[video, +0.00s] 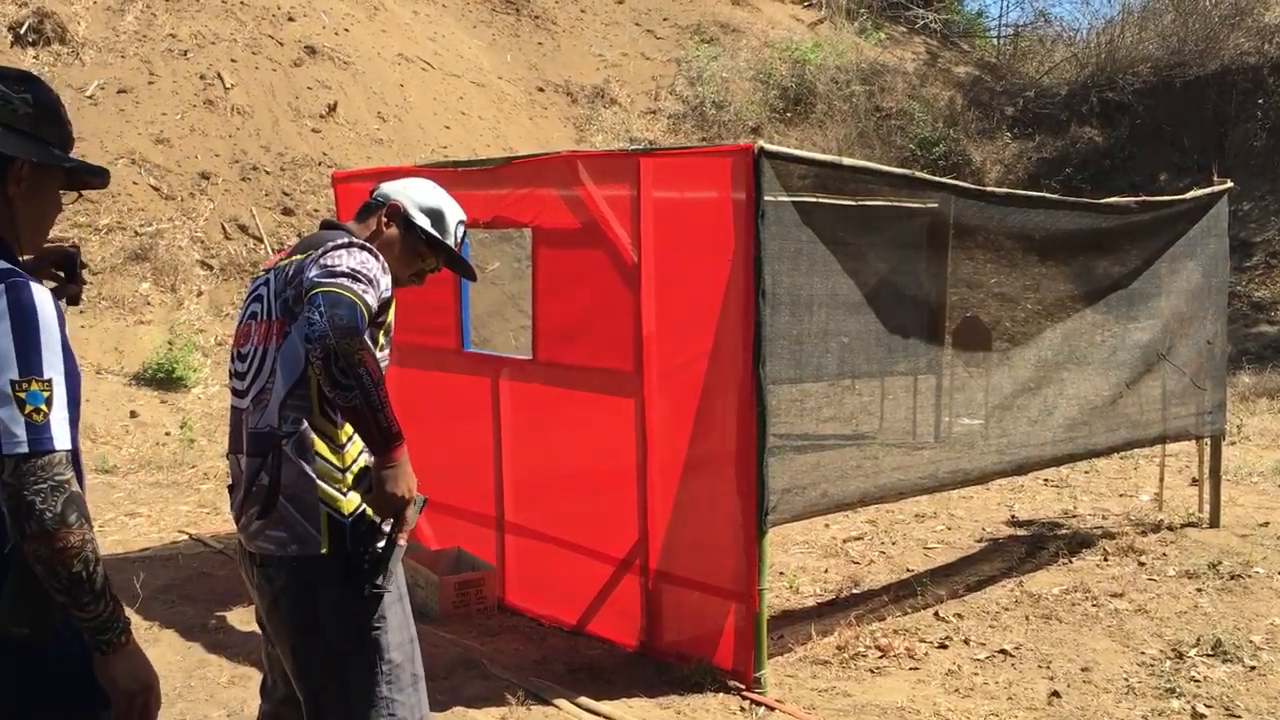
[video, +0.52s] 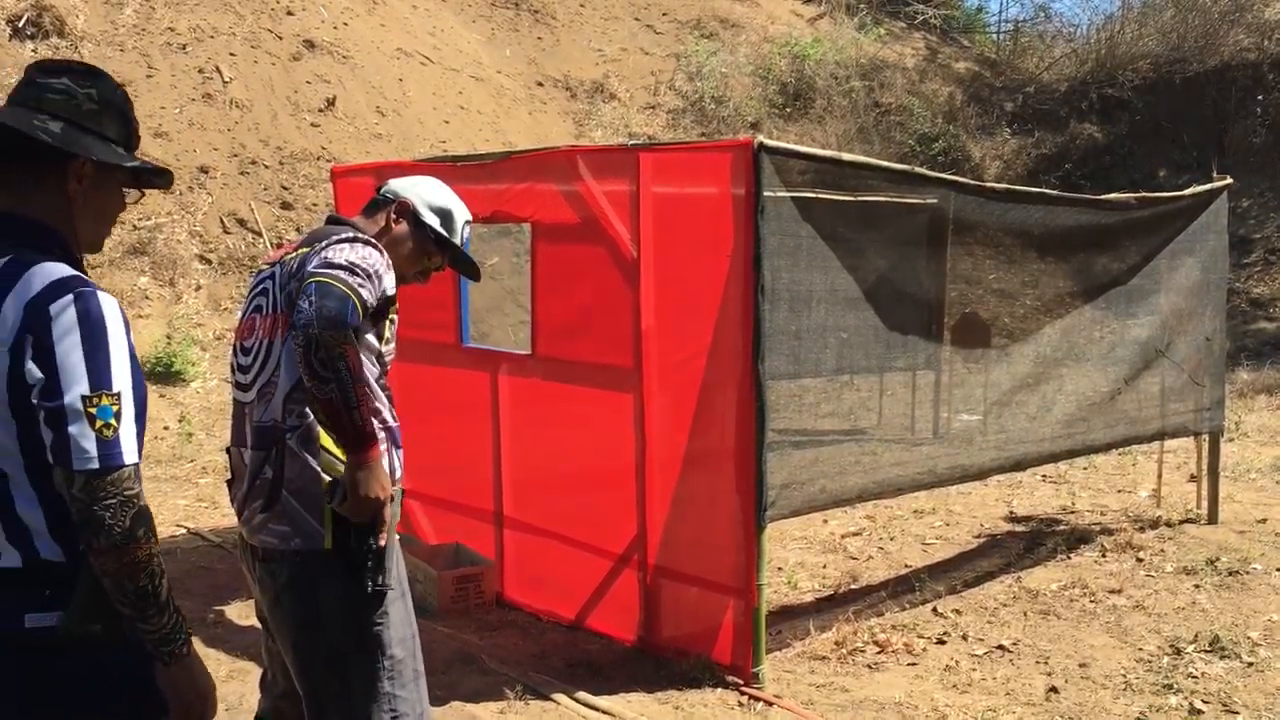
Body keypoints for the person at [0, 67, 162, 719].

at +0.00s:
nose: (62, 205)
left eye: (63, 188)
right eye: (58, 186)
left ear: (18, 183)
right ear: (19, 182)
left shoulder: (21, 292)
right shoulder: (21, 298)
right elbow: (40, 491)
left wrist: (20, 276)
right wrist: (113, 638)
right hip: (33, 639)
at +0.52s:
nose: (125, 202)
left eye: (128, 184)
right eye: (121, 181)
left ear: (17, 165)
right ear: (79, 177)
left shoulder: (16, 286)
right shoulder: (70, 307)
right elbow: (111, 516)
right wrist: (176, 649)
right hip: (67, 645)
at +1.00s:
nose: (190, 220)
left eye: (195, 201)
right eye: (192, 199)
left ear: (78, 162)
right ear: (153, 189)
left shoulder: (8, 250)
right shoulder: (133, 319)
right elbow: (162, 531)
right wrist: (216, 670)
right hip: (94, 629)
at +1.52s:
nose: (189, 218)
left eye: (196, 198)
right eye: (192, 195)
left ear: (77, 159)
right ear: (152, 188)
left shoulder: (7, 245)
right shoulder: (130, 318)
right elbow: (156, 535)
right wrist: (205, 672)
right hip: (91, 626)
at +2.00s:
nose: (181, 209)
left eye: (187, 190)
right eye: (184, 189)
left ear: (69, 154)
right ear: (146, 183)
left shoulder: (10, 241)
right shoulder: (125, 314)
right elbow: (145, 523)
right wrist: (196, 659)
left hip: (12, 585)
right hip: (84, 617)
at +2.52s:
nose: (161, 177)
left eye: (162, 159)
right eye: (157, 158)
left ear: (37, 146)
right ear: (123, 167)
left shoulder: (6, 242)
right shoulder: (110, 301)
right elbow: (133, 512)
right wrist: (187, 646)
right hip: (76, 614)